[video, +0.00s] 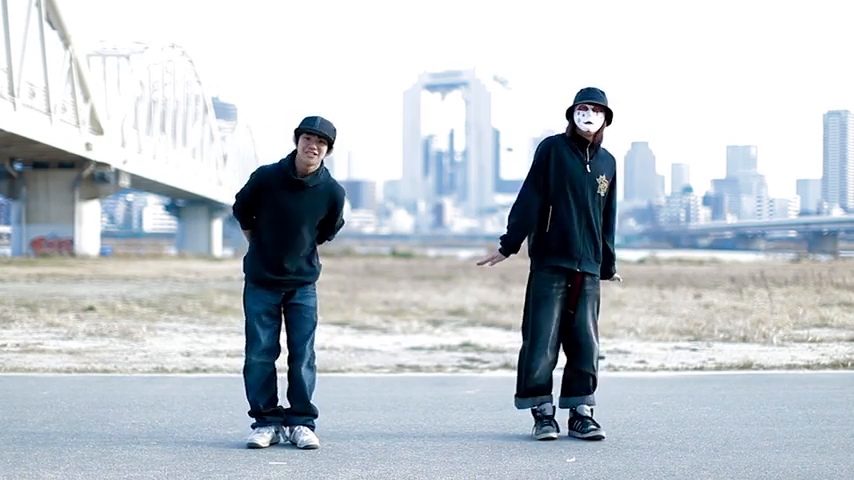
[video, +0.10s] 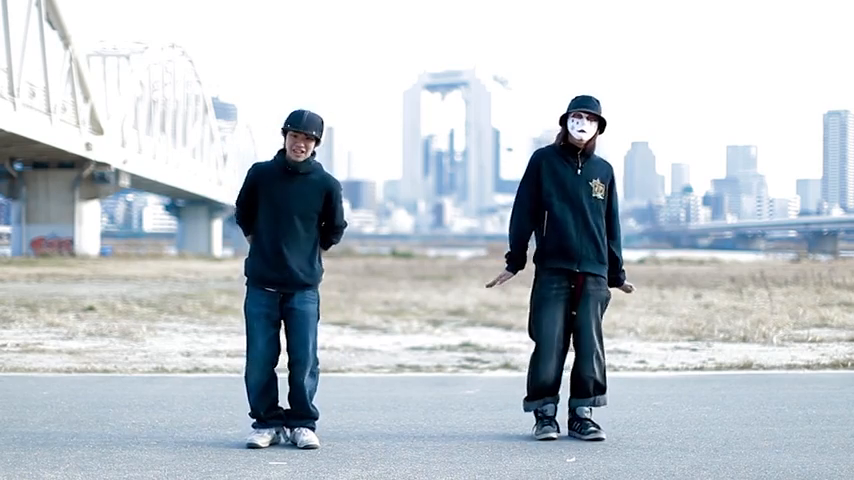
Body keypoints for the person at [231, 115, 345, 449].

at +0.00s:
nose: (312, 147)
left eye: (320, 143)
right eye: (308, 140)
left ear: (327, 150)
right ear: (297, 141)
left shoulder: (332, 192)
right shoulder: (265, 177)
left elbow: (328, 230)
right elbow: (241, 209)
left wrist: (300, 245)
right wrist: (260, 241)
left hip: (303, 281)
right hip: (261, 280)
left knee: (303, 353)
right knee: (260, 352)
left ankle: (301, 423)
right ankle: (266, 423)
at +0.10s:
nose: (300, 144)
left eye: (307, 139)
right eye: (295, 136)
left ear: (316, 144)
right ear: (284, 137)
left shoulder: (327, 185)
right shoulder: (259, 174)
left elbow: (334, 230)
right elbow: (244, 215)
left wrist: (307, 250)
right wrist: (263, 243)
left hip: (303, 283)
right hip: (261, 281)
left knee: (303, 356)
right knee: (259, 356)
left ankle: (302, 424)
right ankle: (266, 424)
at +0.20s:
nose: (289, 158)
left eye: (296, 153)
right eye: (284, 151)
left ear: (306, 155)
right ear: (275, 151)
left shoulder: (322, 193)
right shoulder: (256, 192)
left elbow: (336, 241)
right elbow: (246, 238)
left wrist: (309, 264)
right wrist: (268, 261)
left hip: (302, 292)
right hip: (260, 290)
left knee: (301, 363)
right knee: (254, 364)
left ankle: (302, 426)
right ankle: (266, 425)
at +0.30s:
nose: (280, 164)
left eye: (287, 159)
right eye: (275, 158)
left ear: (298, 163)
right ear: (267, 161)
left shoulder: (316, 199)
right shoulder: (255, 206)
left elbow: (333, 247)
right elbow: (249, 249)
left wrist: (310, 272)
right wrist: (265, 272)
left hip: (301, 297)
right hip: (259, 296)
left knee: (299, 367)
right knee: (252, 368)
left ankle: (302, 426)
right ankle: (266, 425)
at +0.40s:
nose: (270, 152)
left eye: (276, 146)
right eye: (264, 147)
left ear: (288, 151)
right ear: (256, 154)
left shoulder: (311, 188)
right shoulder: (250, 199)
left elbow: (329, 235)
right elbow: (249, 243)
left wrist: (310, 260)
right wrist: (271, 261)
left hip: (302, 291)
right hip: (261, 290)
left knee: (298, 362)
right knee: (253, 363)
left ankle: (302, 426)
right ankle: (266, 425)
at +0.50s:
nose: (256, 139)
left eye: (261, 133)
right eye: (249, 135)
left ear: (274, 137)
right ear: (244, 143)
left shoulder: (303, 173)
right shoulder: (243, 187)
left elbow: (328, 216)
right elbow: (250, 230)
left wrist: (314, 245)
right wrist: (277, 246)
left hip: (306, 282)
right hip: (266, 283)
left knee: (301, 356)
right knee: (259, 356)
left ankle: (302, 425)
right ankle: (266, 424)